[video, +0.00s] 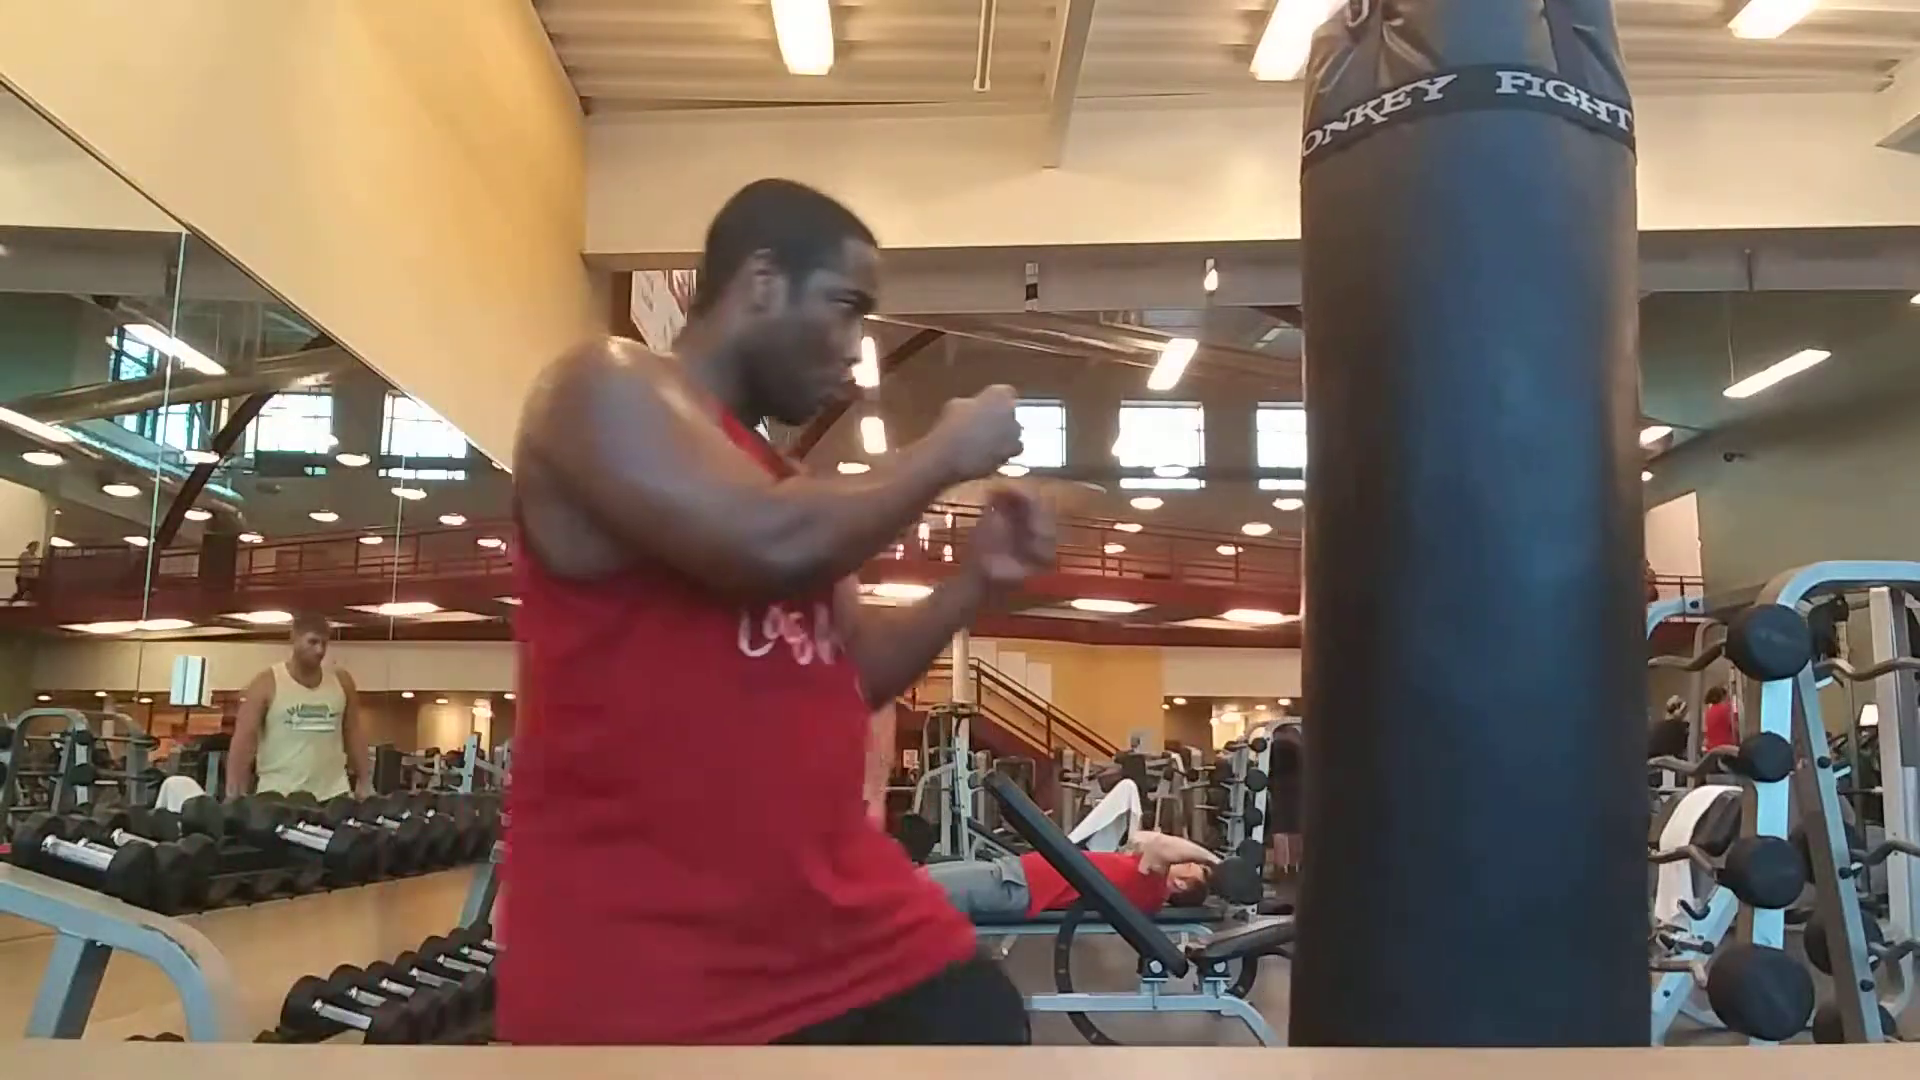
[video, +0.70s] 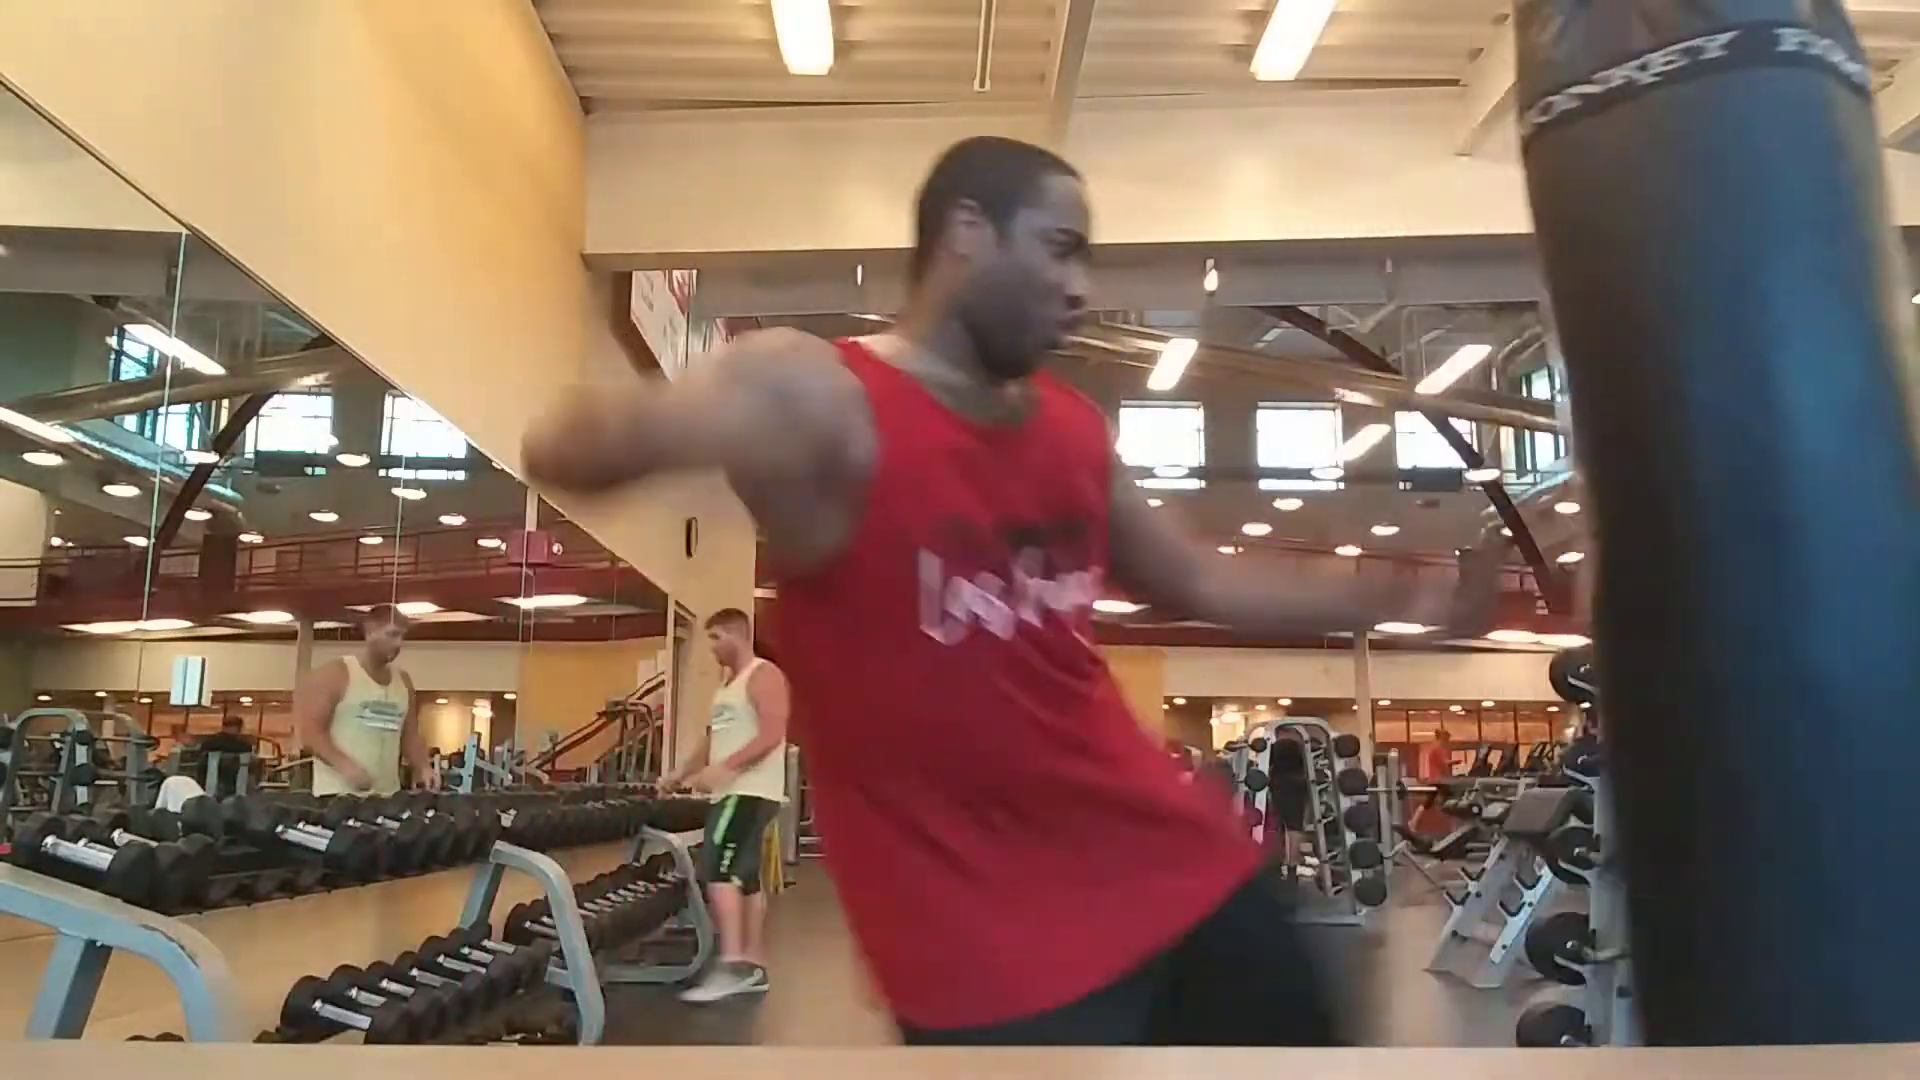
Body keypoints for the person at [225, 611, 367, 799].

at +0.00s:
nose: (320, 650)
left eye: (324, 643)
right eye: (313, 642)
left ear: (328, 643)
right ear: (294, 638)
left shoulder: (341, 682)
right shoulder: (266, 683)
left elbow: (354, 734)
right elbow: (243, 742)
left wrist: (364, 783)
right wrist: (235, 797)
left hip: (333, 795)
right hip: (280, 796)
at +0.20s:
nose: (339, 652)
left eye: (343, 645)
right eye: (332, 643)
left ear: (346, 645)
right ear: (311, 641)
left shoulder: (357, 684)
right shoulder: (280, 686)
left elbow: (368, 741)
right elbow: (262, 745)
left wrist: (375, 789)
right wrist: (264, 797)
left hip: (346, 801)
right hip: (293, 802)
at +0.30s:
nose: (351, 651)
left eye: (355, 644)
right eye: (345, 643)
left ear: (359, 645)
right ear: (325, 638)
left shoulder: (367, 685)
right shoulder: (292, 685)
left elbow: (379, 741)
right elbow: (273, 744)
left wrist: (383, 791)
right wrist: (281, 798)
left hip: (357, 802)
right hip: (305, 803)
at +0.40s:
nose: (367, 646)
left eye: (370, 640)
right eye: (360, 638)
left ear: (374, 642)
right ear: (339, 636)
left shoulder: (379, 684)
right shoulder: (305, 680)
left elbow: (389, 744)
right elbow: (284, 739)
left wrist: (393, 794)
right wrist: (296, 794)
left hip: (369, 799)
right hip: (318, 800)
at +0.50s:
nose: (378, 644)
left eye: (380, 638)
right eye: (371, 635)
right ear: (350, 633)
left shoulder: (388, 683)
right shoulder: (314, 676)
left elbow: (400, 742)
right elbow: (293, 736)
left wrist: (404, 788)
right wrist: (310, 775)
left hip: (377, 796)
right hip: (325, 797)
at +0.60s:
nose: (386, 642)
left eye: (388, 636)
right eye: (380, 634)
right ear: (358, 633)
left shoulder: (396, 681)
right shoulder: (323, 675)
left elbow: (406, 734)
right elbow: (298, 731)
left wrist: (414, 777)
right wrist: (320, 769)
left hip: (382, 795)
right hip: (332, 796)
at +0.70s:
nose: (398, 644)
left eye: (401, 636)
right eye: (392, 635)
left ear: (404, 637)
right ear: (370, 632)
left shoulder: (402, 681)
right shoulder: (334, 673)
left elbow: (410, 735)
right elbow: (310, 732)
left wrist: (422, 767)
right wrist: (348, 768)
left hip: (387, 798)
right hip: (339, 799)